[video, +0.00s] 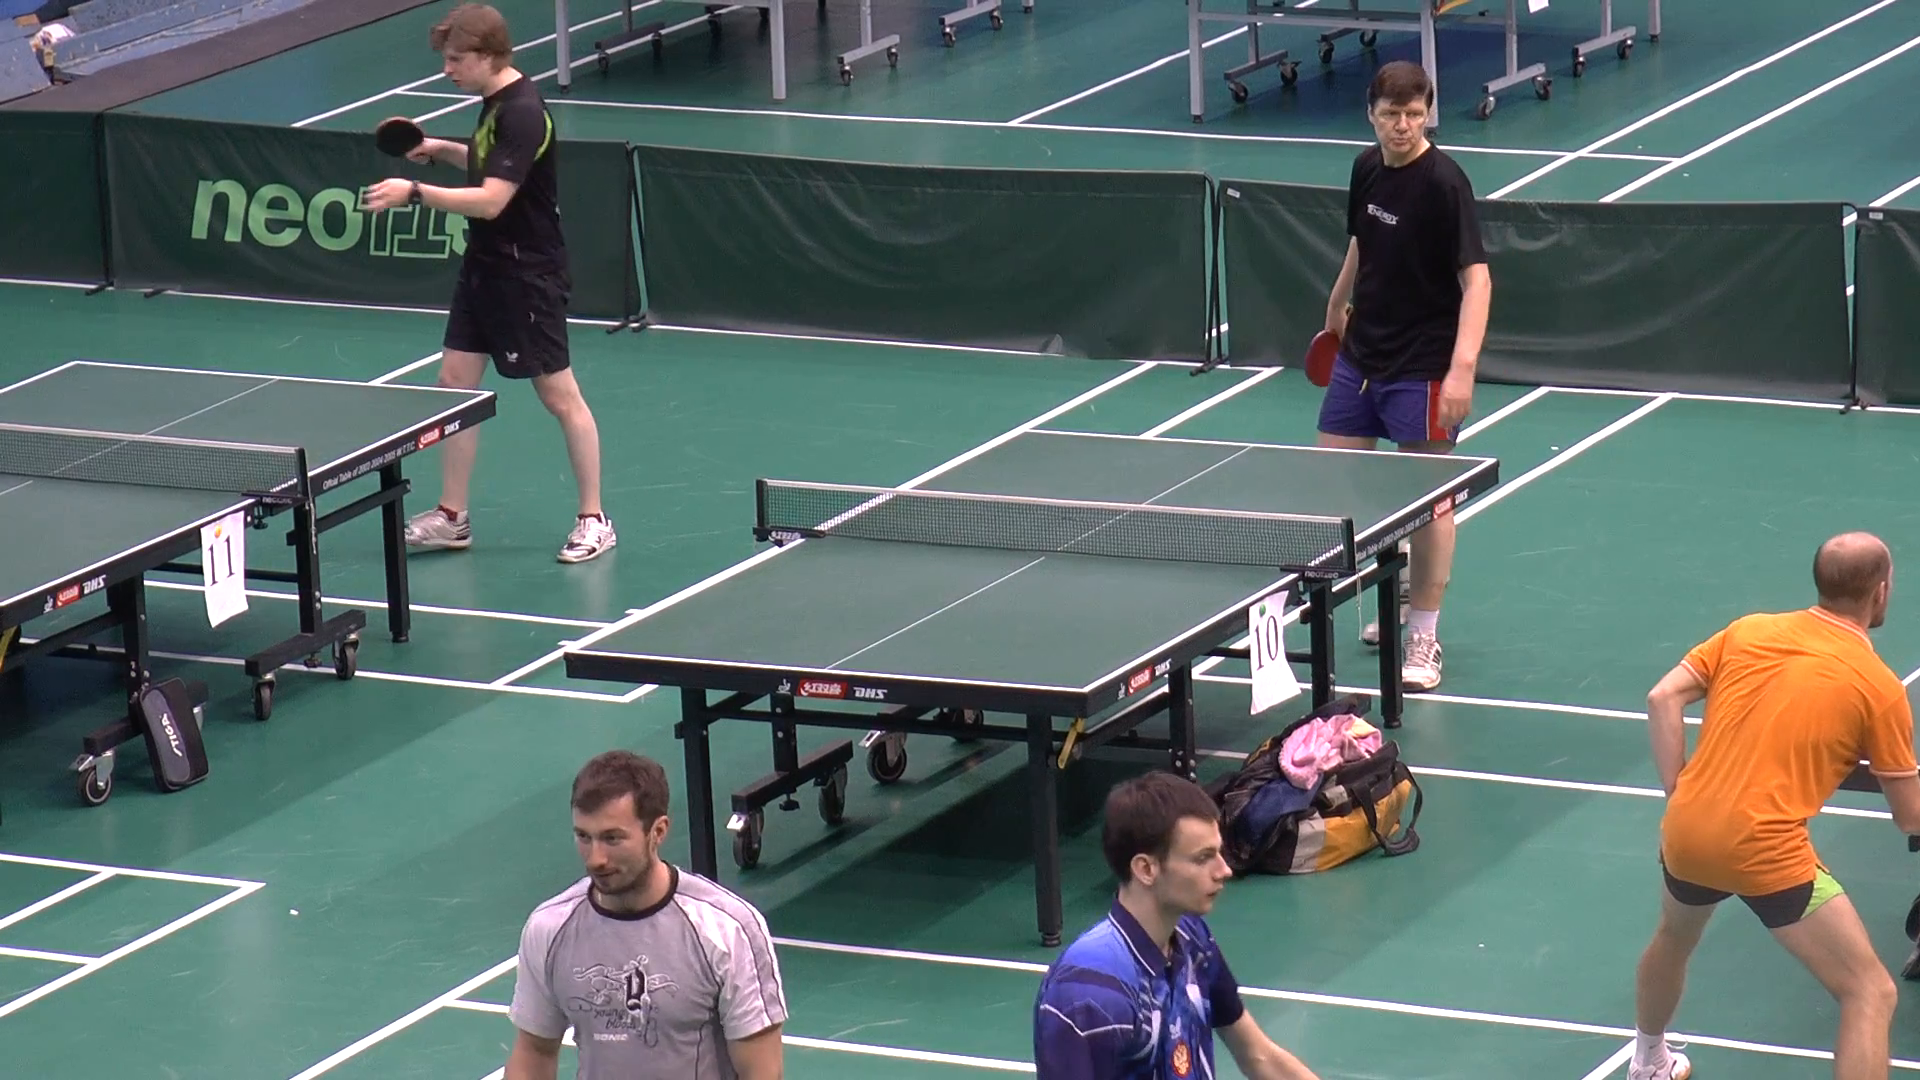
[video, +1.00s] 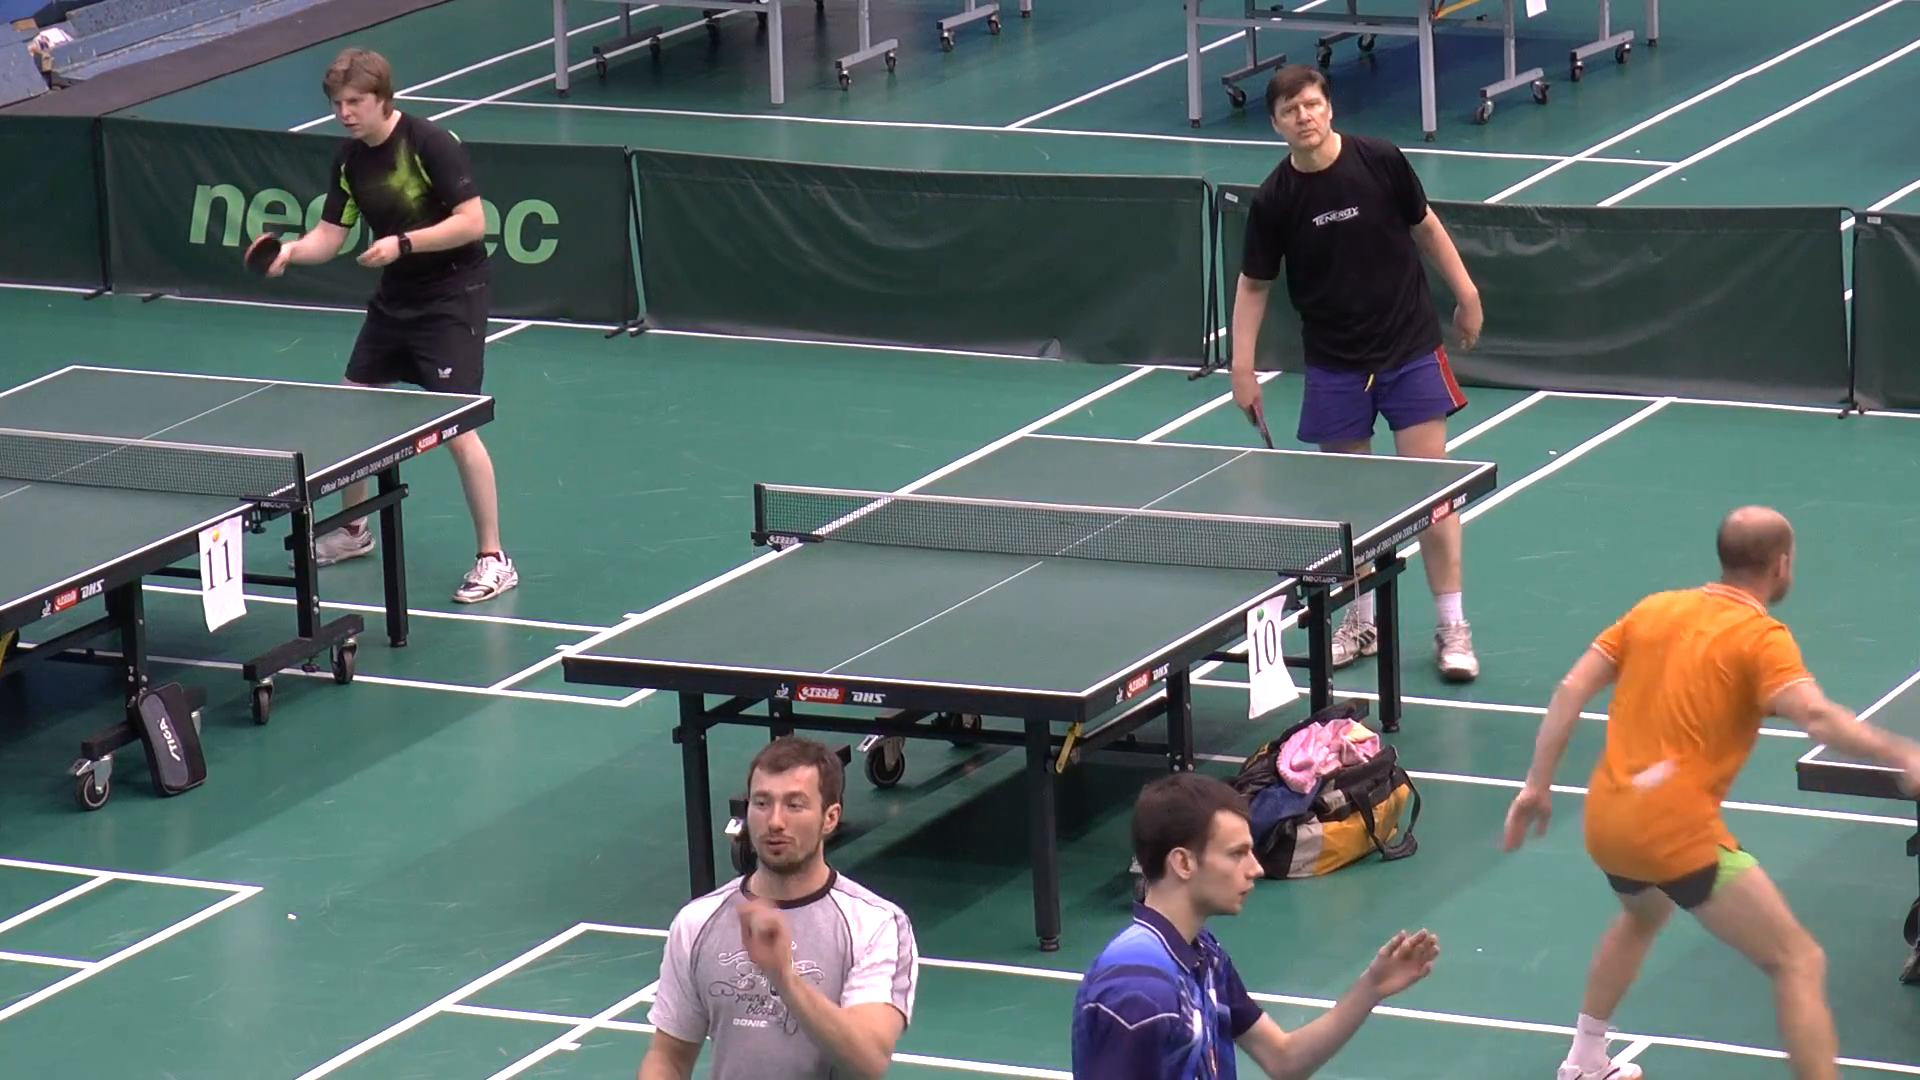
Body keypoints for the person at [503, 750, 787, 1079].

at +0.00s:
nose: (595, 859)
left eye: (613, 838)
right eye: (583, 837)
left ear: (658, 833)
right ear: (574, 830)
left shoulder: (732, 930)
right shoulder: (548, 930)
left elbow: (761, 1073)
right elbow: (535, 1050)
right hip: (597, 1072)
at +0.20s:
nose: (621, 842)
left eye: (641, 823)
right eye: (612, 822)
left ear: (687, 830)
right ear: (603, 824)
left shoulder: (756, 929)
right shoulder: (568, 931)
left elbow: (787, 1065)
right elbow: (540, 1053)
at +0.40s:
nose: (684, 824)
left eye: (706, 807)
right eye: (676, 807)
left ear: (750, 825)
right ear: (666, 816)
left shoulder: (806, 927)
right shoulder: (627, 930)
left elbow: (809, 1063)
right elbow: (592, 1054)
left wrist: (673, 1048)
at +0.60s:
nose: (735, 813)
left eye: (757, 797)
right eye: (727, 797)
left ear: (800, 818)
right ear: (717, 808)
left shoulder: (851, 915)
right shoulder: (684, 922)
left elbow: (829, 1029)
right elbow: (663, 1057)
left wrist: (716, 955)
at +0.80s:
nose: (767, 809)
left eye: (789, 793)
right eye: (757, 793)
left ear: (828, 816)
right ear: (745, 808)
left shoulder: (873, 914)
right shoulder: (698, 922)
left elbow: (839, 1016)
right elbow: (673, 1054)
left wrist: (748, 911)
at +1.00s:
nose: (775, 821)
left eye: (794, 805)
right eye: (762, 803)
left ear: (830, 818)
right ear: (747, 813)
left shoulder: (879, 926)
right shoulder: (696, 924)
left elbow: (870, 1059)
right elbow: (670, 1057)